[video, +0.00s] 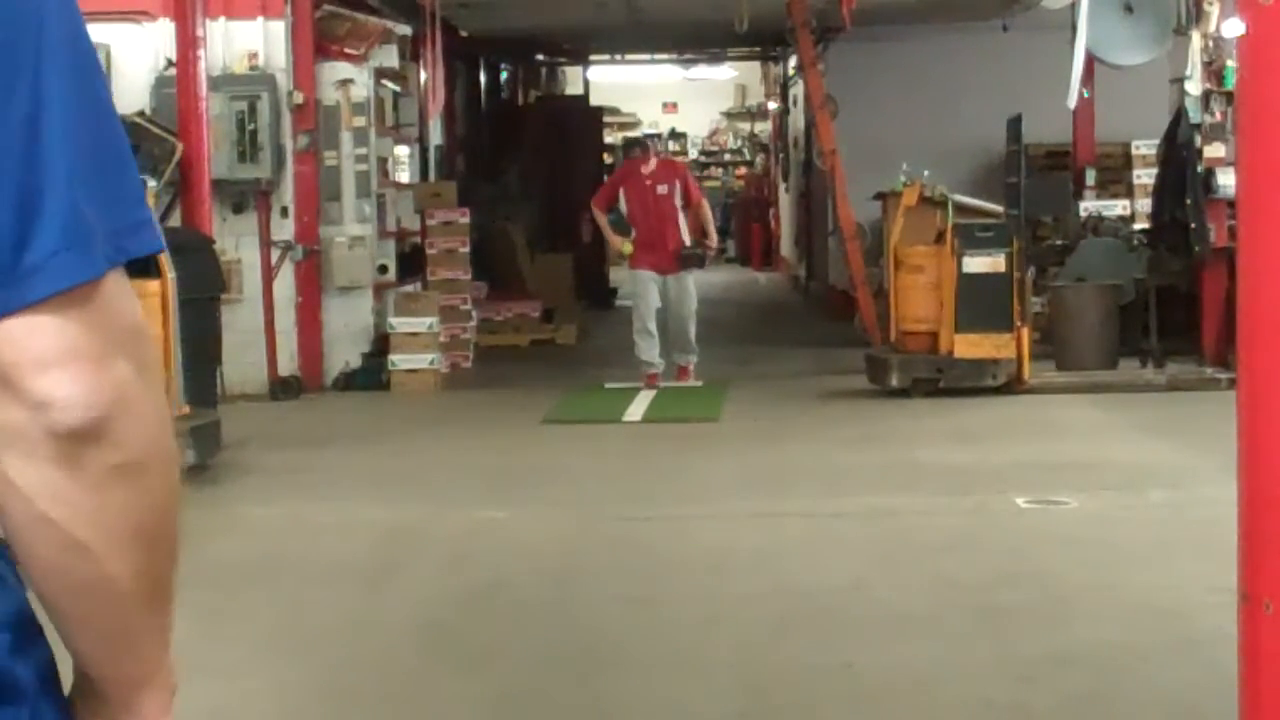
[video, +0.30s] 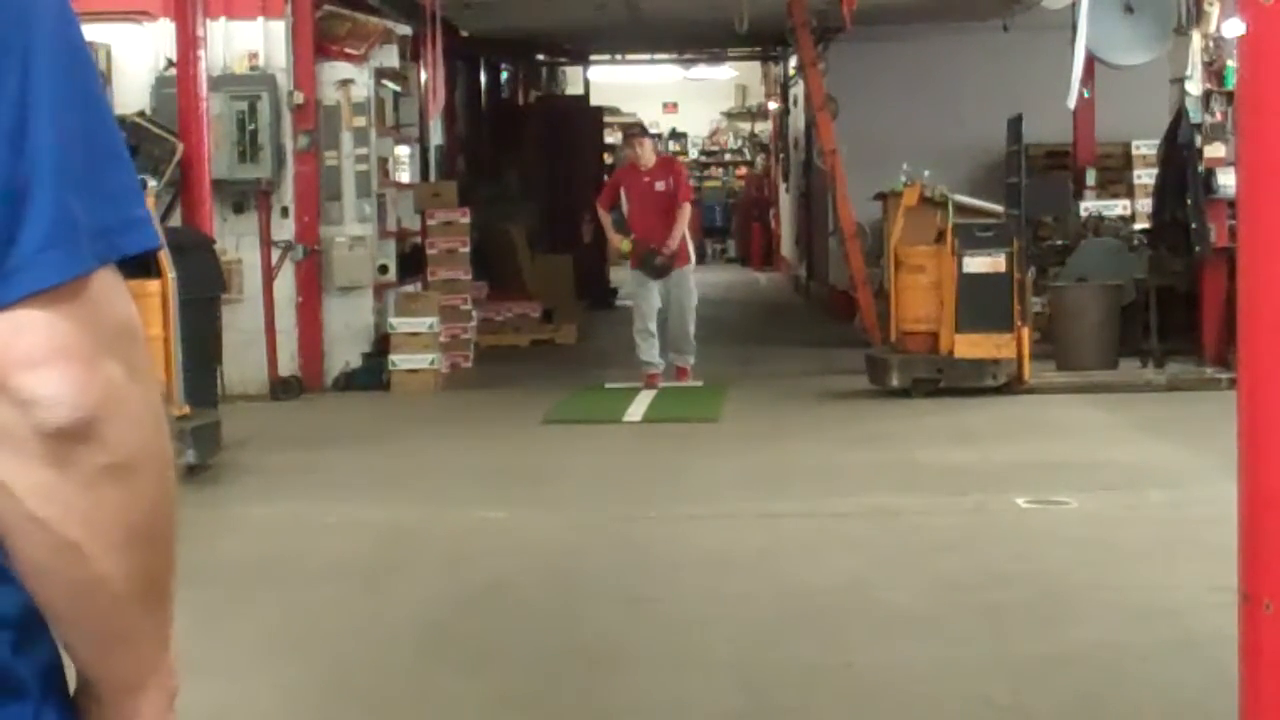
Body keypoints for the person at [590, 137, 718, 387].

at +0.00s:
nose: (648, 147)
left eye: (653, 141)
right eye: (642, 142)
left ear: (659, 142)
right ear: (633, 145)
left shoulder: (677, 170)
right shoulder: (625, 172)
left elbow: (700, 202)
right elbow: (598, 206)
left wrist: (711, 234)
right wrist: (611, 238)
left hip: (678, 256)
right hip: (644, 257)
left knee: (684, 313)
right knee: (645, 313)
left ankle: (685, 364)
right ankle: (651, 368)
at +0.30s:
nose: (637, 151)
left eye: (641, 144)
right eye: (632, 147)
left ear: (651, 144)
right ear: (626, 150)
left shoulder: (673, 167)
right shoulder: (623, 174)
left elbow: (684, 206)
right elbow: (602, 204)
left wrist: (672, 242)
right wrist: (613, 236)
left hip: (676, 252)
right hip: (642, 255)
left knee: (683, 310)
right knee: (644, 312)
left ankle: (683, 363)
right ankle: (651, 367)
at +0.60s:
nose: (638, 146)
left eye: (643, 140)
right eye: (633, 142)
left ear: (653, 141)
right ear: (627, 145)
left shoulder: (669, 169)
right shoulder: (622, 171)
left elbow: (665, 211)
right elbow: (611, 200)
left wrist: (634, 232)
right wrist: (618, 214)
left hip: (675, 257)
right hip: (641, 257)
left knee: (681, 314)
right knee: (643, 317)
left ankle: (683, 362)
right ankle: (651, 368)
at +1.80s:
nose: (659, 163)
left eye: (663, 157)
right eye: (654, 158)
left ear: (673, 153)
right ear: (648, 157)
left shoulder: (689, 178)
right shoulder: (643, 173)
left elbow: (690, 223)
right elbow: (631, 194)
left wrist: (657, 238)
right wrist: (634, 205)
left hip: (691, 256)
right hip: (659, 255)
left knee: (689, 313)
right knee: (658, 305)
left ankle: (682, 362)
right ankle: (654, 357)